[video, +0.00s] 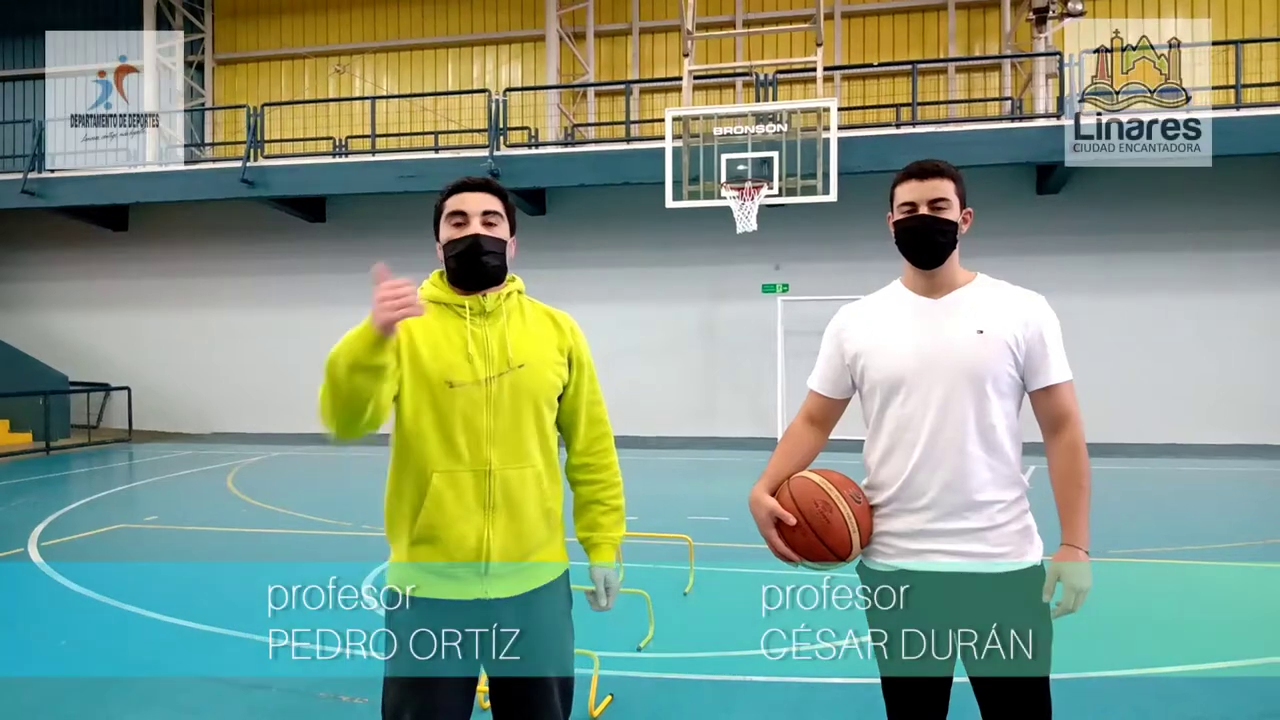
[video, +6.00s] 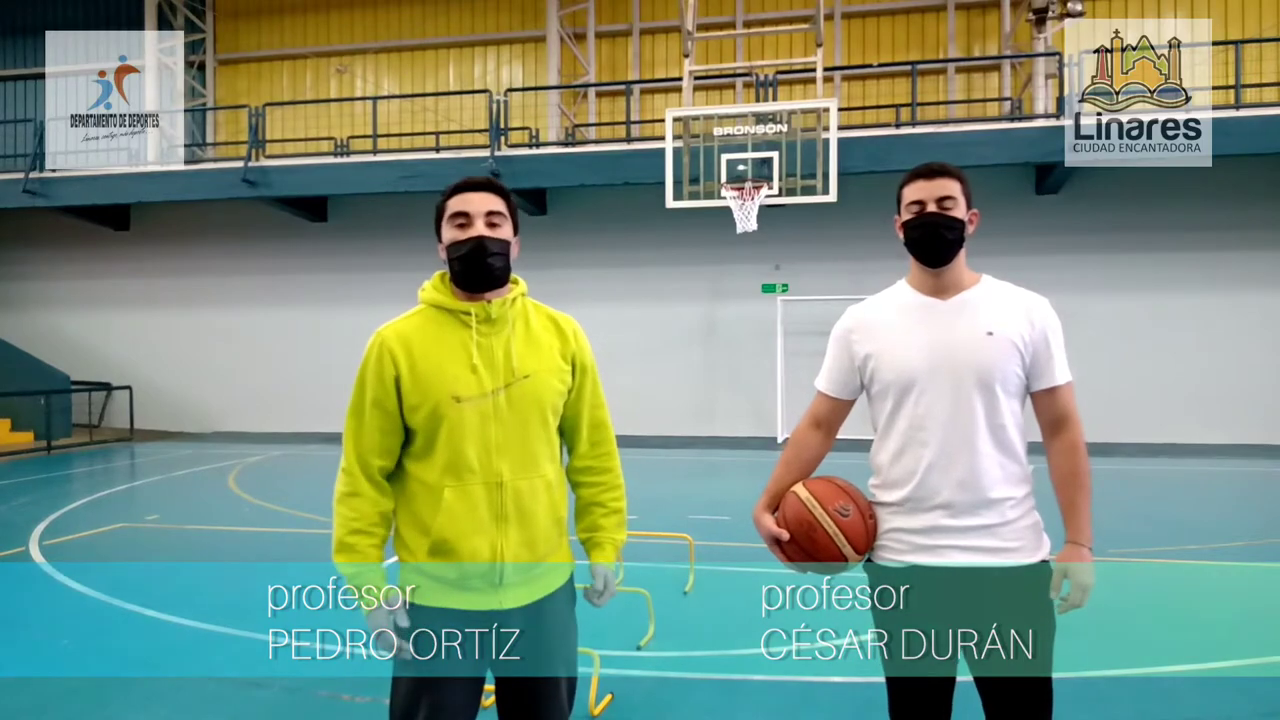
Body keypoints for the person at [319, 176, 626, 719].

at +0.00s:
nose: (474, 229)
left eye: (491, 220)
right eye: (457, 221)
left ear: (512, 244)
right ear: (439, 244)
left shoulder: (556, 331)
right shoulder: (405, 328)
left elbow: (591, 449)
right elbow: (346, 422)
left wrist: (604, 548)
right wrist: (375, 334)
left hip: (534, 582)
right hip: (428, 585)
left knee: (542, 713)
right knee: (421, 714)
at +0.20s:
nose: (483, 224)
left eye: (499, 215)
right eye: (466, 216)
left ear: (519, 241)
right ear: (447, 244)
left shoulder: (559, 333)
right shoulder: (405, 321)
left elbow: (591, 449)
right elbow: (346, 413)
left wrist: (603, 541)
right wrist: (404, 350)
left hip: (534, 578)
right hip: (431, 580)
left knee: (543, 710)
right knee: (425, 712)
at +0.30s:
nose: (494, 226)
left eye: (508, 218)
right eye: (477, 218)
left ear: (528, 243)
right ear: (455, 245)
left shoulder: (562, 338)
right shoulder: (406, 332)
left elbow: (589, 456)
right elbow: (348, 433)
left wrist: (599, 550)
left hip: (536, 588)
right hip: (435, 590)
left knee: (543, 710)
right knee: (428, 713)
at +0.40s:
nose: (499, 226)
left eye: (514, 218)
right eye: (482, 217)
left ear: (532, 243)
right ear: (459, 243)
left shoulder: (563, 338)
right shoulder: (410, 332)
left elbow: (588, 458)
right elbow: (368, 455)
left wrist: (594, 554)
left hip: (539, 591)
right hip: (436, 593)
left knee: (546, 711)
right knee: (428, 715)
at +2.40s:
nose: (483, 227)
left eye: (499, 217)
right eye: (465, 218)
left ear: (518, 242)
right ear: (445, 244)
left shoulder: (558, 335)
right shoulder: (399, 340)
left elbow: (589, 454)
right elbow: (368, 467)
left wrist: (599, 552)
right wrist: (363, 581)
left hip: (542, 587)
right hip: (439, 590)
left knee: (548, 711)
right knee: (432, 713)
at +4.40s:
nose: (472, 227)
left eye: (487, 216)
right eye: (454, 219)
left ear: (509, 240)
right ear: (434, 246)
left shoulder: (556, 334)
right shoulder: (394, 346)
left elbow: (591, 448)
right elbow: (371, 478)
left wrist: (603, 543)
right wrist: (379, 596)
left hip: (541, 589)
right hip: (436, 593)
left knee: (547, 711)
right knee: (431, 714)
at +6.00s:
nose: (478, 231)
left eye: (495, 221)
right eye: (460, 222)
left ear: (515, 244)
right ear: (441, 247)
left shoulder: (560, 336)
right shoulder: (397, 345)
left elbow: (594, 452)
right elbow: (363, 472)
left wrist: (604, 548)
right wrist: (364, 581)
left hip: (542, 591)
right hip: (438, 595)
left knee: (548, 712)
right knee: (430, 714)